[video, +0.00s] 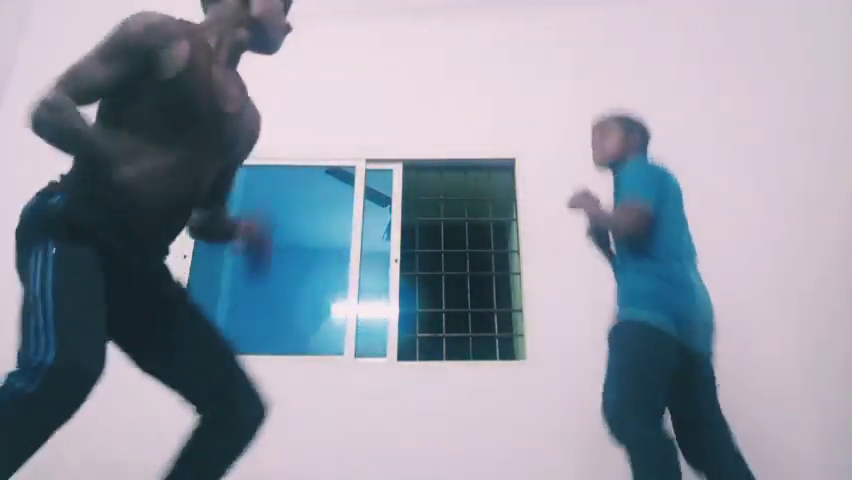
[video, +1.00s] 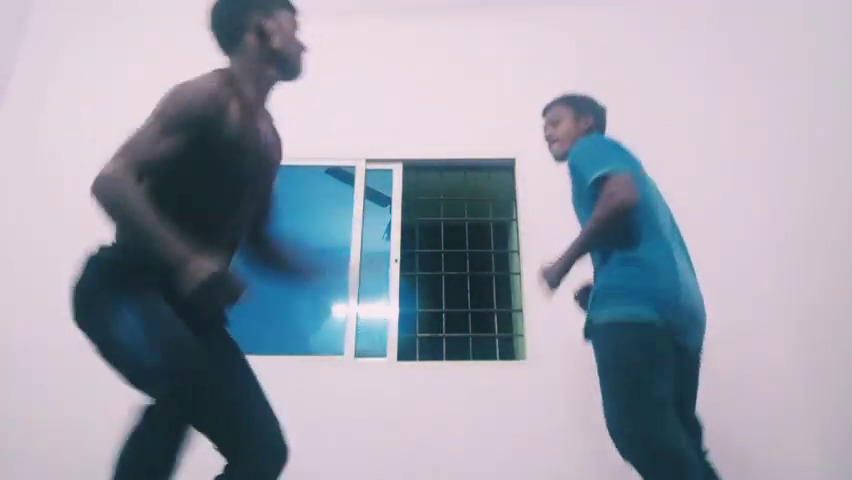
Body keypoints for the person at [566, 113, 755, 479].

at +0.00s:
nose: (596, 142)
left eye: (605, 134)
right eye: (596, 136)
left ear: (631, 138)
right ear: (635, 144)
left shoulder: (639, 171)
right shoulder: (659, 183)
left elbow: (634, 222)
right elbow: (638, 271)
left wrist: (596, 210)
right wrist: (603, 241)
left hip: (651, 310)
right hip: (690, 315)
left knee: (630, 414)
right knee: (703, 431)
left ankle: (661, 473)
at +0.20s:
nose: (585, 122)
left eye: (596, 114)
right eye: (584, 116)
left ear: (626, 119)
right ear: (629, 125)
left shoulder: (624, 147)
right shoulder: (650, 167)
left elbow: (620, 199)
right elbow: (639, 254)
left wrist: (563, 207)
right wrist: (590, 240)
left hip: (633, 300)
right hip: (673, 305)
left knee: (632, 416)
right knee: (674, 416)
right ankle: (697, 475)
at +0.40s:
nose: (567, 142)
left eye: (575, 132)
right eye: (565, 136)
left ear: (606, 134)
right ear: (610, 139)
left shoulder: (610, 159)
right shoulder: (637, 170)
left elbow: (636, 206)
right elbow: (650, 253)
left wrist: (574, 244)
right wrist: (603, 276)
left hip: (631, 311)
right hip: (667, 314)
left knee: (630, 429)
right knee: (670, 429)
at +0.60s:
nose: (571, 135)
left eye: (580, 125)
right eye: (570, 129)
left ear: (609, 127)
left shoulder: (616, 153)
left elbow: (631, 203)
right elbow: (651, 261)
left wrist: (569, 236)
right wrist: (601, 271)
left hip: (638, 304)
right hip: (677, 311)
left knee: (627, 419)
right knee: (678, 420)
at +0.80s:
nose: (566, 149)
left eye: (576, 140)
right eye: (566, 142)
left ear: (606, 144)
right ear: (605, 147)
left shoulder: (614, 173)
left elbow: (649, 221)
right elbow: (654, 271)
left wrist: (580, 263)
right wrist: (611, 308)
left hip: (648, 317)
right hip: (685, 325)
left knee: (615, 426)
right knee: (674, 444)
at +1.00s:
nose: (547, 133)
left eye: (555, 122)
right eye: (545, 127)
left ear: (586, 122)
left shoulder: (590, 147)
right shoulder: (628, 163)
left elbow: (622, 193)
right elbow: (652, 252)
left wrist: (563, 261)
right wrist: (603, 287)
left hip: (634, 305)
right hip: (679, 309)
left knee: (638, 427)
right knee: (675, 429)